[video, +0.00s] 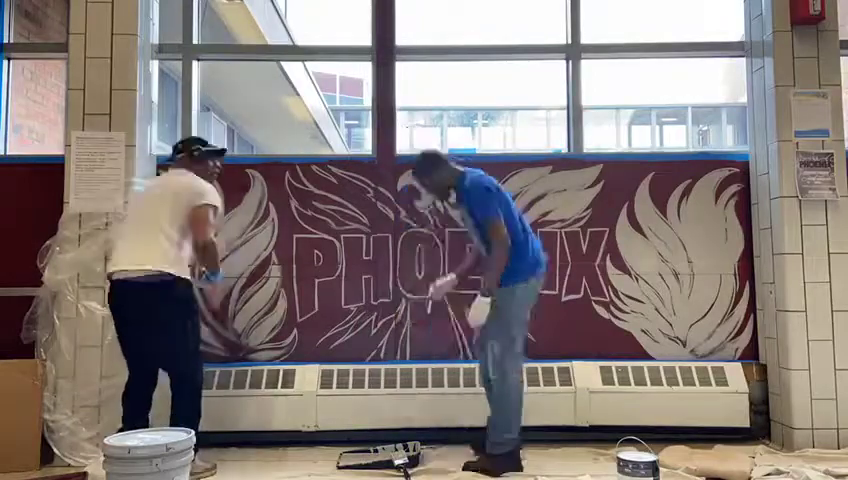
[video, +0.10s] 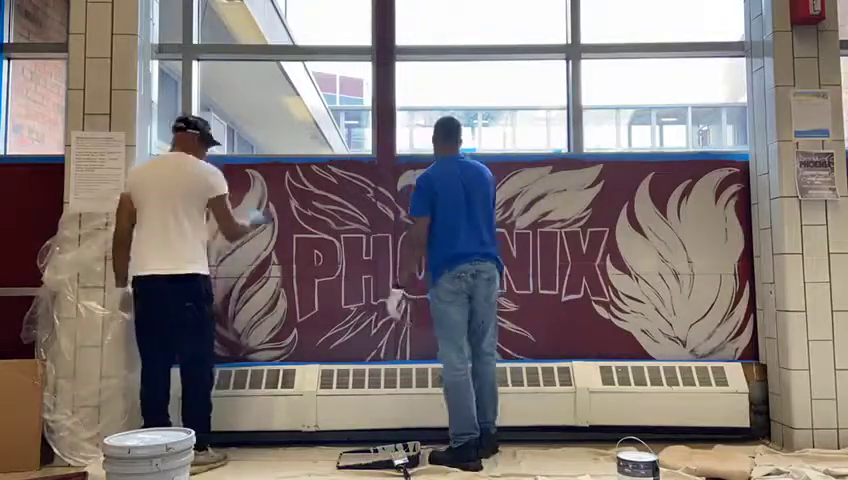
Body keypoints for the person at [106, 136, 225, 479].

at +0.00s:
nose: (217, 172)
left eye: (219, 167)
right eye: (215, 166)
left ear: (180, 159)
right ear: (199, 159)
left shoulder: (148, 188)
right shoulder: (201, 187)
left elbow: (141, 239)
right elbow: (203, 239)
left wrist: (190, 264)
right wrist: (213, 269)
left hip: (123, 288)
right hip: (165, 288)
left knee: (140, 374)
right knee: (187, 376)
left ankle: (131, 455)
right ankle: (184, 457)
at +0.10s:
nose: (206, 153)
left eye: (207, 148)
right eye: (206, 147)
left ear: (174, 139)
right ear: (196, 141)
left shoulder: (138, 174)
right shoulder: (206, 174)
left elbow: (122, 233)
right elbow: (232, 231)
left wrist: (123, 282)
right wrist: (250, 221)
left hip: (146, 281)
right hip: (190, 281)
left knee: (154, 367)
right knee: (197, 366)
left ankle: (157, 448)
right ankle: (197, 448)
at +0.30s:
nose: (199, 149)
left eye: (195, 143)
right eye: (199, 143)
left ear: (166, 142)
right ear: (196, 142)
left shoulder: (138, 175)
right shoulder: (211, 175)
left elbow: (126, 238)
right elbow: (223, 236)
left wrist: (125, 291)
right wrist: (237, 245)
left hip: (151, 285)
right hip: (196, 284)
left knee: (155, 367)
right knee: (199, 366)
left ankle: (156, 448)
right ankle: (197, 447)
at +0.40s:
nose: (206, 154)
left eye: (206, 149)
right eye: (205, 148)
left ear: (172, 140)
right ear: (198, 143)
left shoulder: (137, 174)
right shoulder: (210, 177)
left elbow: (125, 237)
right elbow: (220, 238)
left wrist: (122, 289)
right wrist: (231, 245)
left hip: (150, 286)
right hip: (193, 285)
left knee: (155, 367)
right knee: (197, 367)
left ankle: (156, 448)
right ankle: (197, 447)